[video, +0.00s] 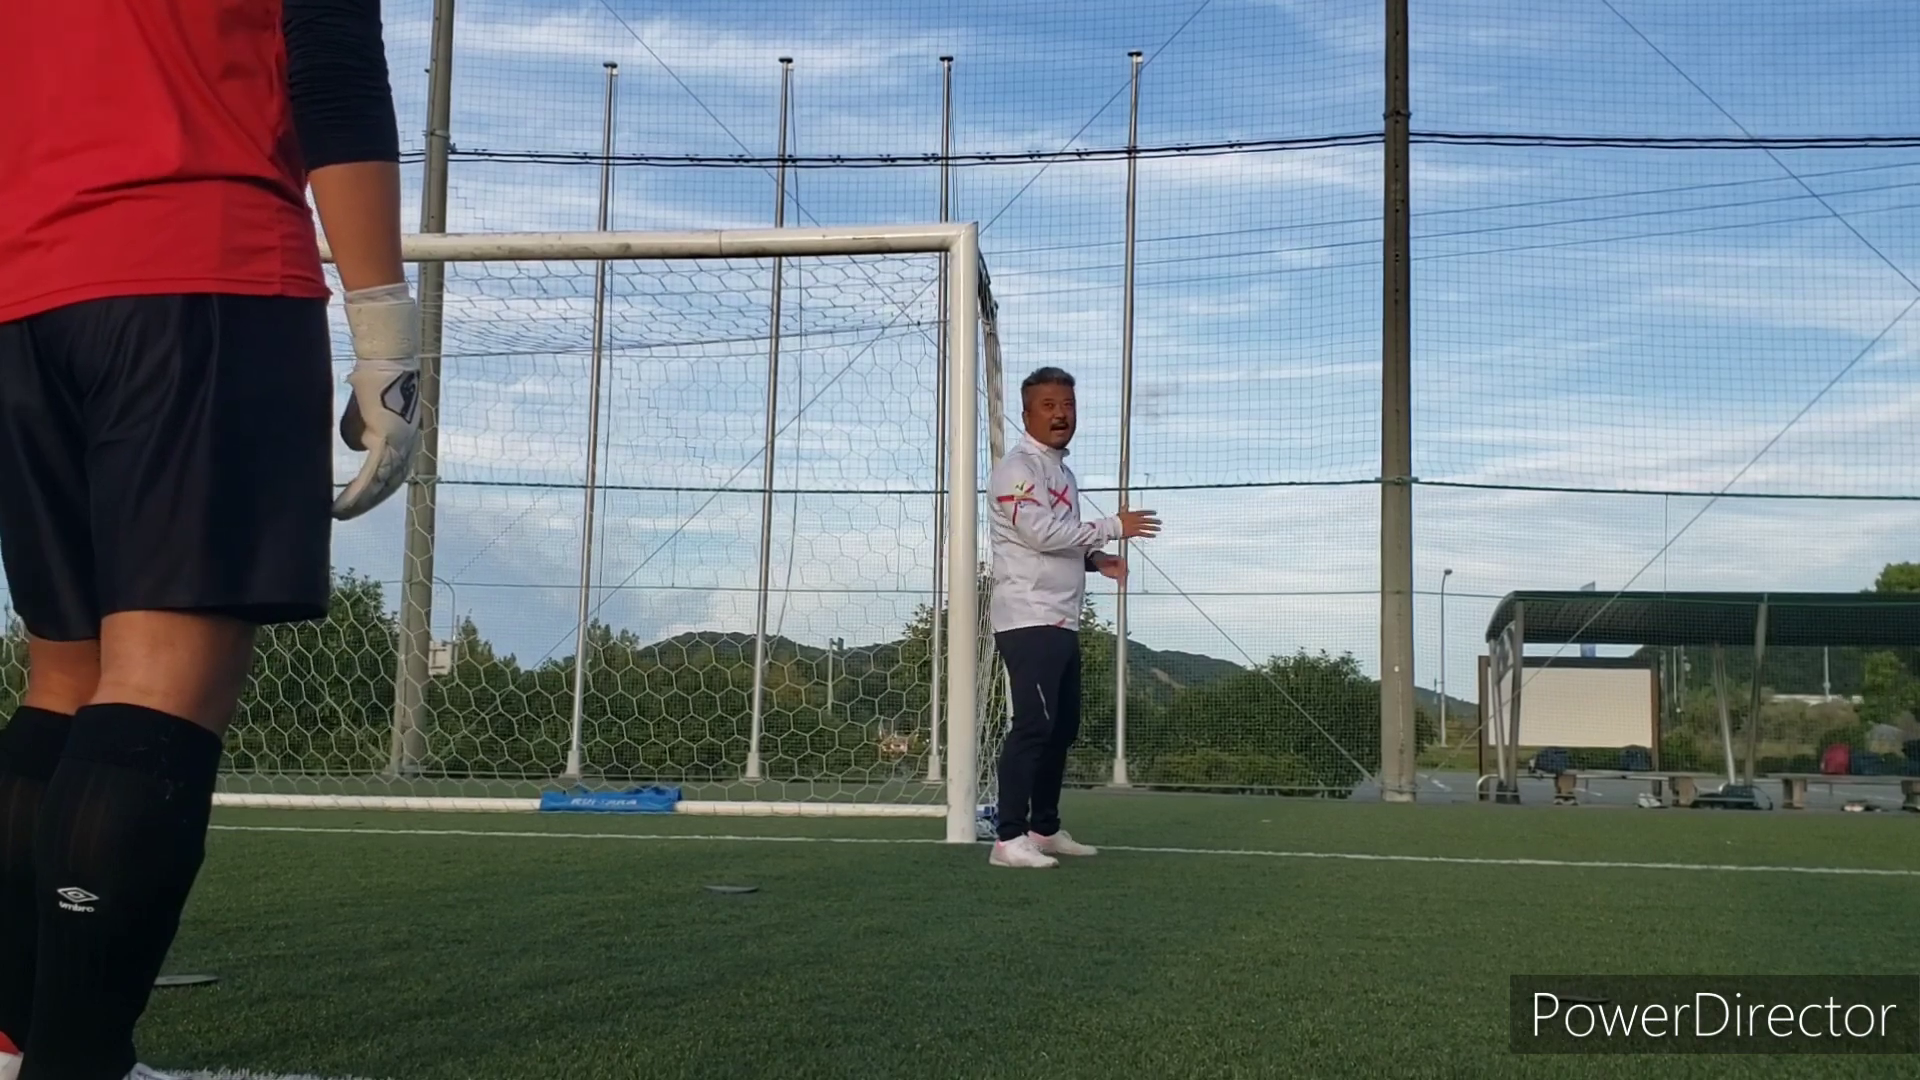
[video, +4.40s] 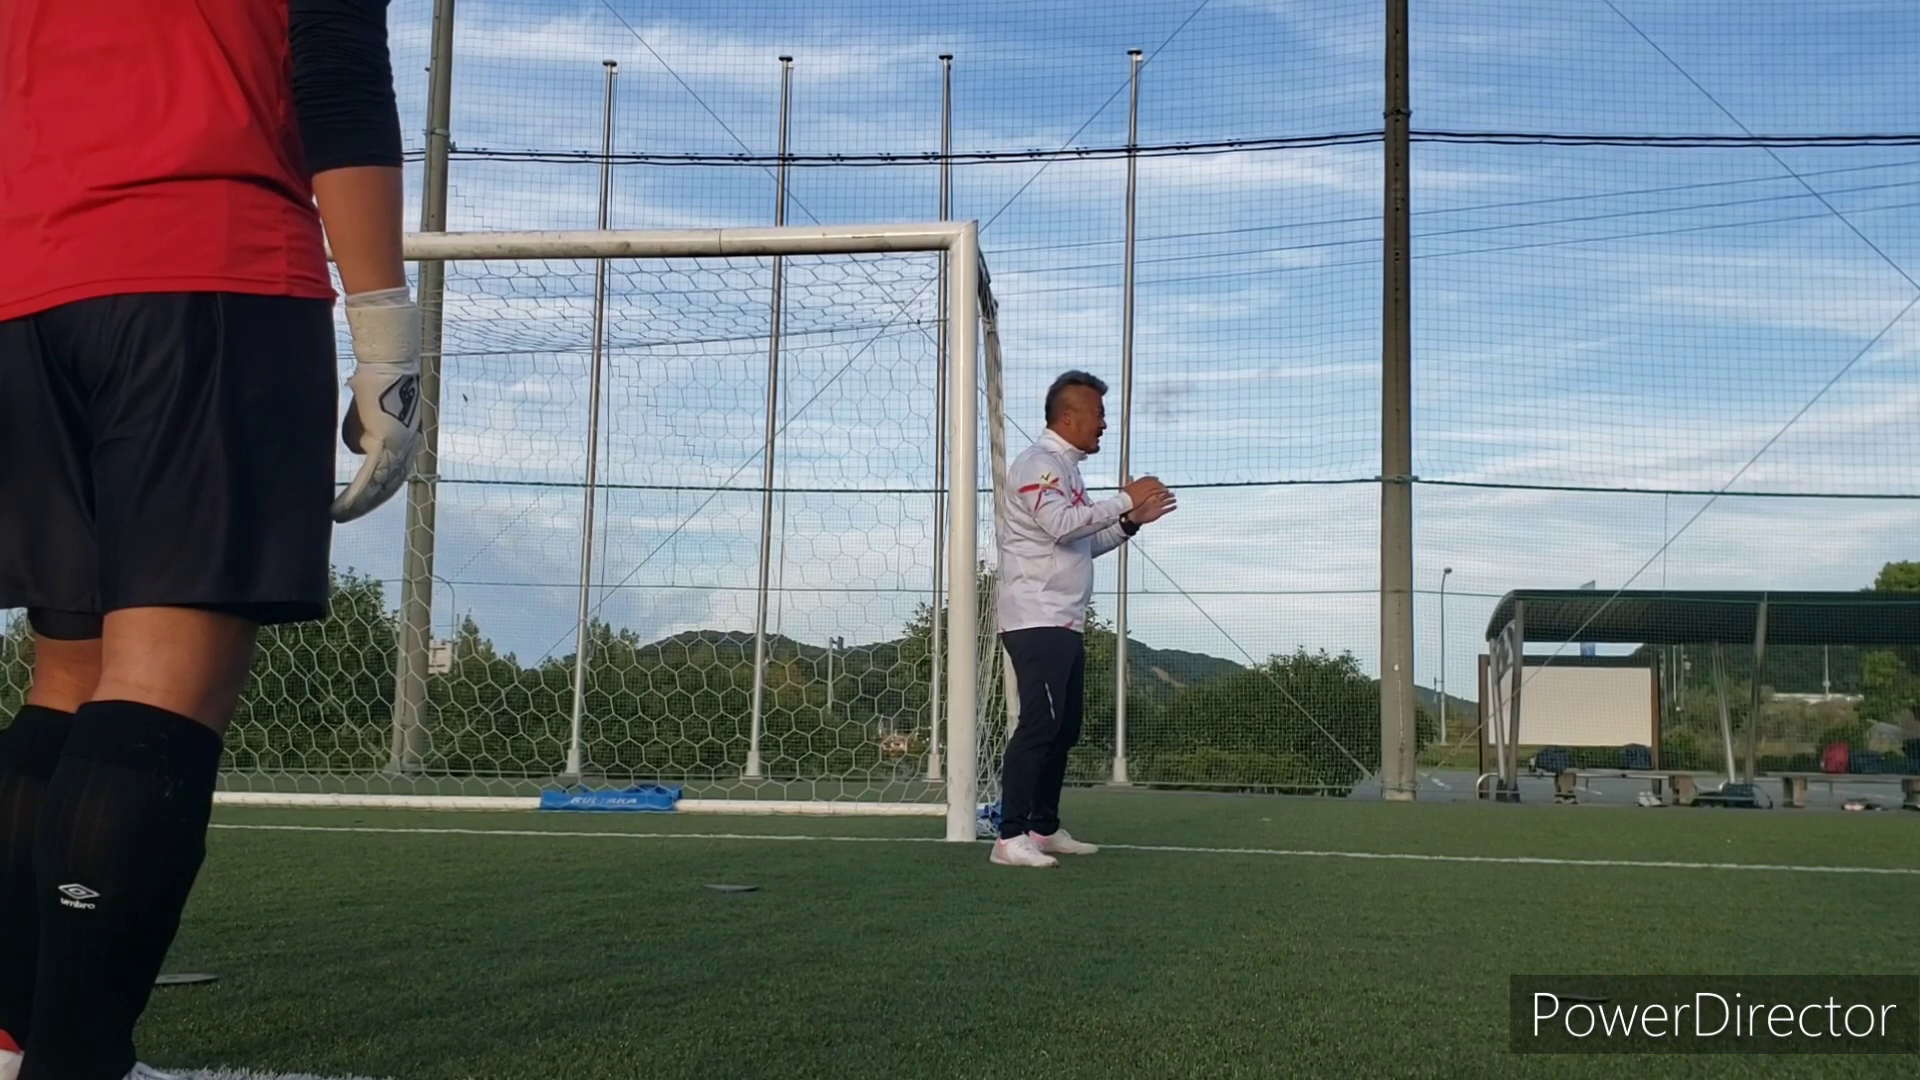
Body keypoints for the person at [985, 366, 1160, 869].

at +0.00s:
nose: (1061, 413)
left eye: (1068, 405)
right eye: (1048, 405)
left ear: (1076, 413)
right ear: (1026, 414)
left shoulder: (1063, 475)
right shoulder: (1014, 469)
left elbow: (1060, 537)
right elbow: (1040, 531)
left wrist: (1094, 560)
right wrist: (1111, 527)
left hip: (1061, 620)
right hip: (1027, 618)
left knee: (1061, 726)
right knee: (1032, 725)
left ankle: (1043, 830)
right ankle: (1009, 839)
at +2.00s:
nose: (1056, 417)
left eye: (1059, 408)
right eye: (1044, 408)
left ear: (1062, 415)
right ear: (1015, 415)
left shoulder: (1056, 473)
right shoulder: (1004, 466)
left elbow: (1089, 532)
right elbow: (1028, 521)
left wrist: (1111, 493)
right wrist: (1080, 474)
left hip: (1057, 618)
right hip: (1019, 616)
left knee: (1061, 721)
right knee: (1027, 721)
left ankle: (1042, 829)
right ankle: (1009, 838)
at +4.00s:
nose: (1100, 418)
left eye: (1098, 409)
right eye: (1092, 409)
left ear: (1069, 415)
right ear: (1062, 414)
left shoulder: (1069, 473)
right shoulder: (1034, 462)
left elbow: (1081, 542)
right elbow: (1052, 523)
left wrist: (1129, 522)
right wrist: (1120, 502)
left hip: (1062, 618)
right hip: (1033, 616)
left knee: (1063, 726)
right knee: (1038, 724)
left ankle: (1043, 830)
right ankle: (1009, 839)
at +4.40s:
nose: (1105, 422)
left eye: (1103, 413)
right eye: (1097, 413)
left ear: (1073, 417)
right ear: (1068, 415)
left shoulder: (1071, 474)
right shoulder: (1036, 463)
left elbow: (1082, 544)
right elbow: (1059, 521)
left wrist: (1130, 522)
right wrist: (1124, 501)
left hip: (1063, 619)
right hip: (1034, 617)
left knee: (1062, 727)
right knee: (1039, 724)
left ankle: (1043, 829)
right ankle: (1010, 839)